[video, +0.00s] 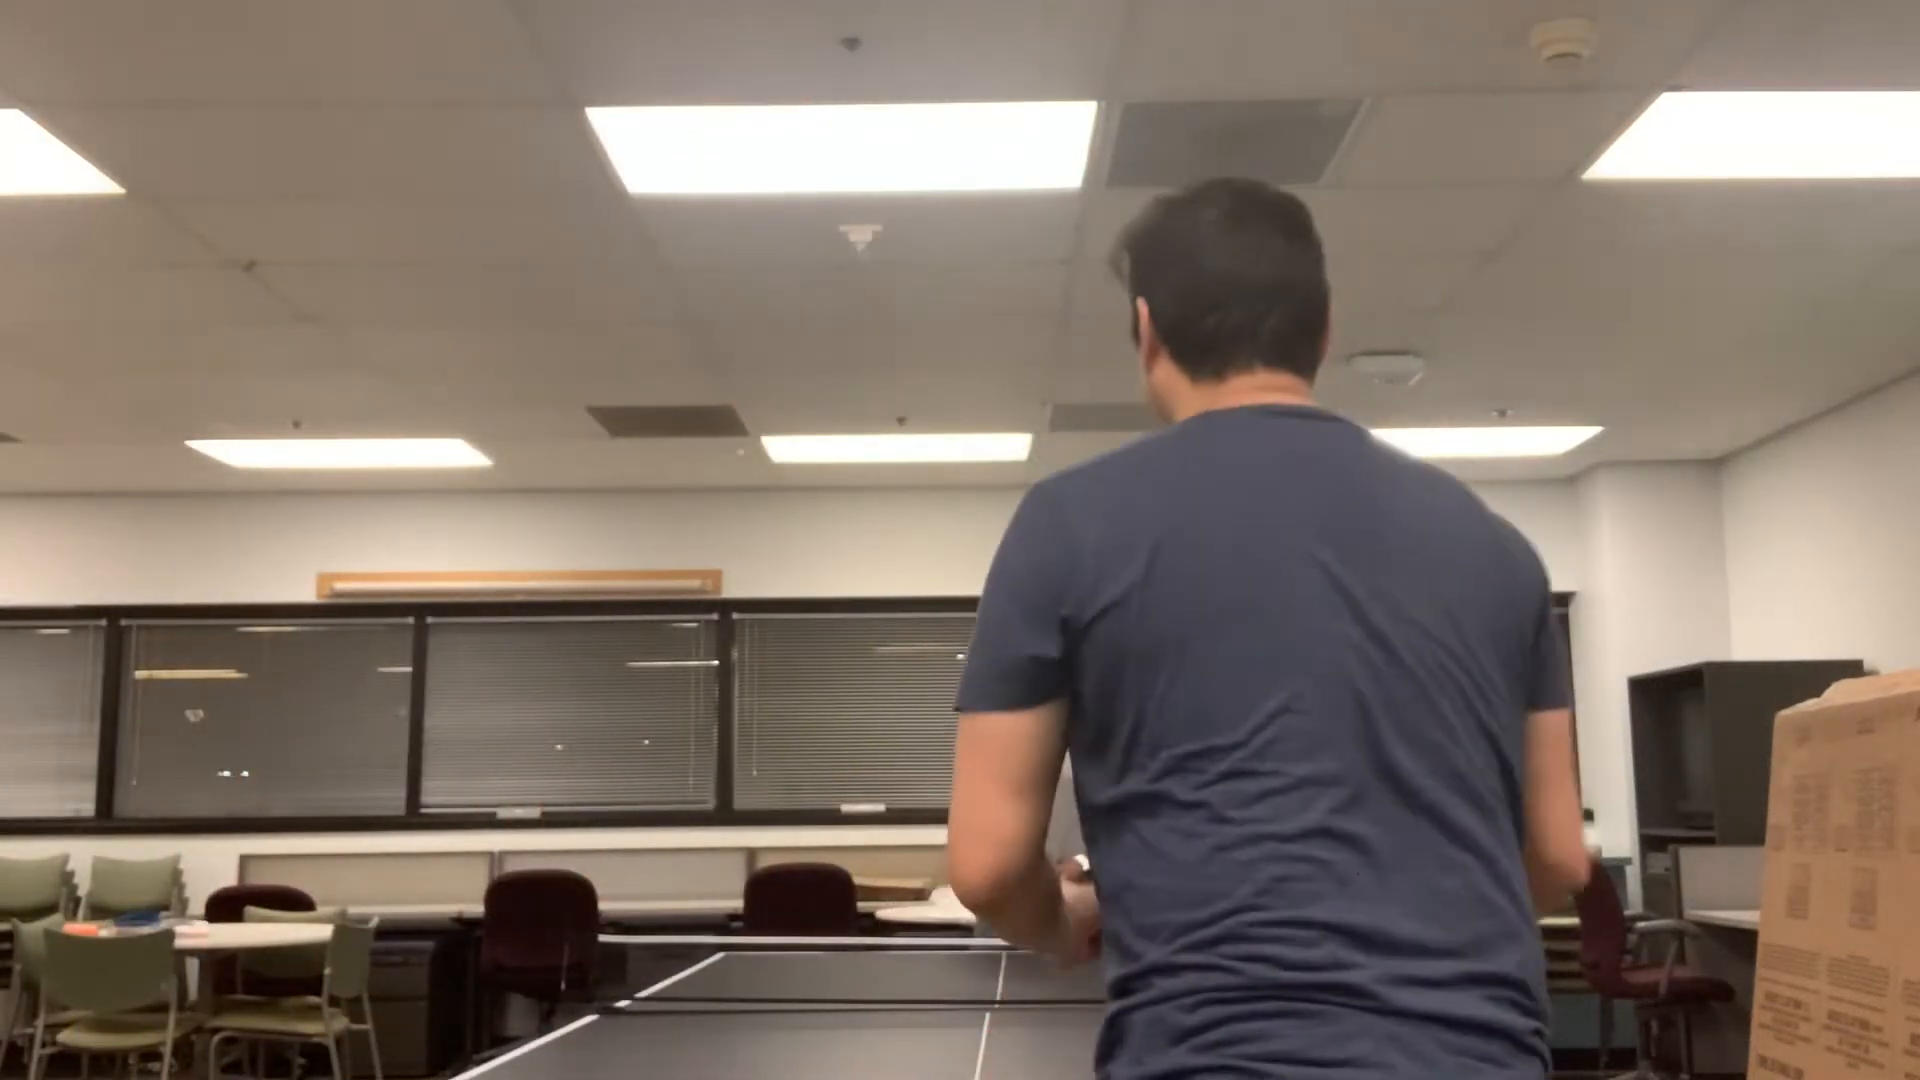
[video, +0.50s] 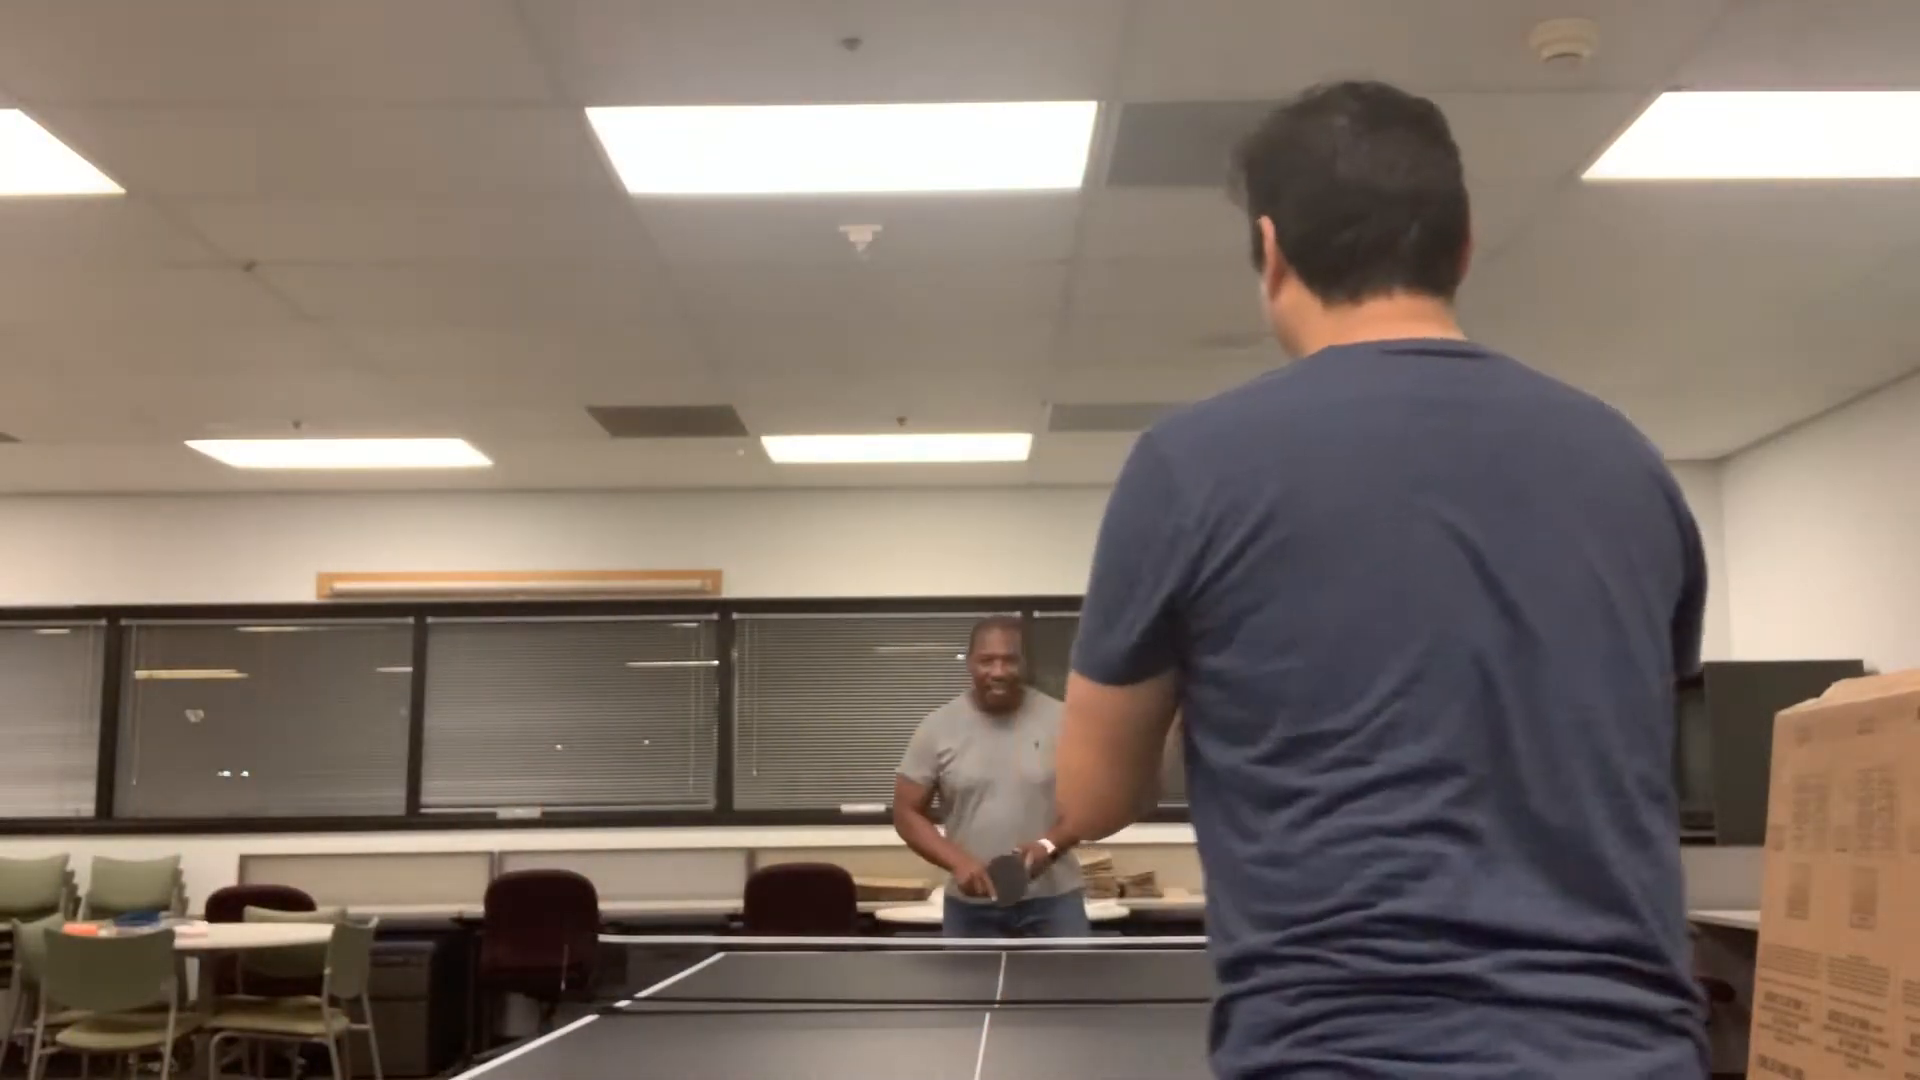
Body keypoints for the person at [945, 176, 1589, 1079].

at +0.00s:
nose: (1134, 350)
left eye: (1130, 328)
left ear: (1146, 329)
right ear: (1324, 330)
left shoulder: (1076, 516)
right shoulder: (1490, 544)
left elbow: (988, 864)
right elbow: (1559, 857)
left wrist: (1064, 923)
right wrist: (1426, 895)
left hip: (1205, 1044)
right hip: (1474, 1048)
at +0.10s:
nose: (1155, 328)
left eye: (1149, 305)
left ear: (1166, 304)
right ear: (1351, 304)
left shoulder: (1090, 494)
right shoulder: (1520, 521)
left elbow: (999, 851)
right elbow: (1605, 845)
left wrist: (1098, 895)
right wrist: (1468, 916)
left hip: (1201, 1047)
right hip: (1481, 1052)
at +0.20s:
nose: (1179, 303)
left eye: (1175, 283)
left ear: (1191, 278)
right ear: (1380, 279)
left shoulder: (1104, 479)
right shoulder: (1549, 505)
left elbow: (1012, 847)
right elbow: (1625, 835)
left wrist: (1143, 823)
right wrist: (1479, 893)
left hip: (1212, 1047)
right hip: (1499, 1052)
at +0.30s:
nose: (1198, 291)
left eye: (1195, 265)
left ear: (1215, 263)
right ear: (1408, 268)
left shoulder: (1126, 472)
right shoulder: (1577, 497)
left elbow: (1034, 835)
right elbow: (1623, 834)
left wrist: (1167, 774)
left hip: (1235, 1045)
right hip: (1526, 1049)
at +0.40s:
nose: (1224, 287)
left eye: (1220, 259)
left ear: (1241, 257)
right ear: (1436, 256)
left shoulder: (1157, 467)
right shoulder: (1600, 485)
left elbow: (1061, 816)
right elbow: (1625, 810)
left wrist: (1196, 739)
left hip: (1274, 1045)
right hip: (1565, 1050)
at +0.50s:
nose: (1251, 284)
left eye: (1247, 256)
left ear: (1269, 252)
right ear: (1464, 245)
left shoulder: (1194, 461)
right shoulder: (1625, 459)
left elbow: (1092, 798)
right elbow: (1645, 739)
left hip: (1324, 1044)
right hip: (1624, 1045)